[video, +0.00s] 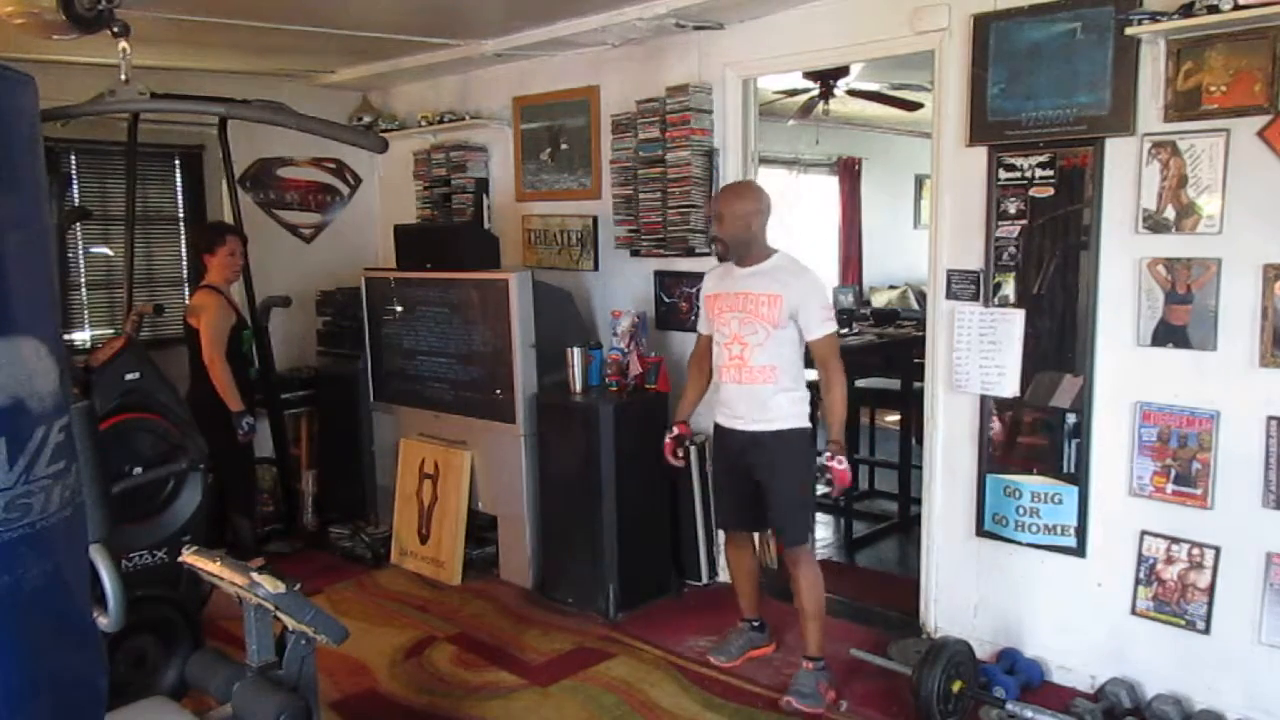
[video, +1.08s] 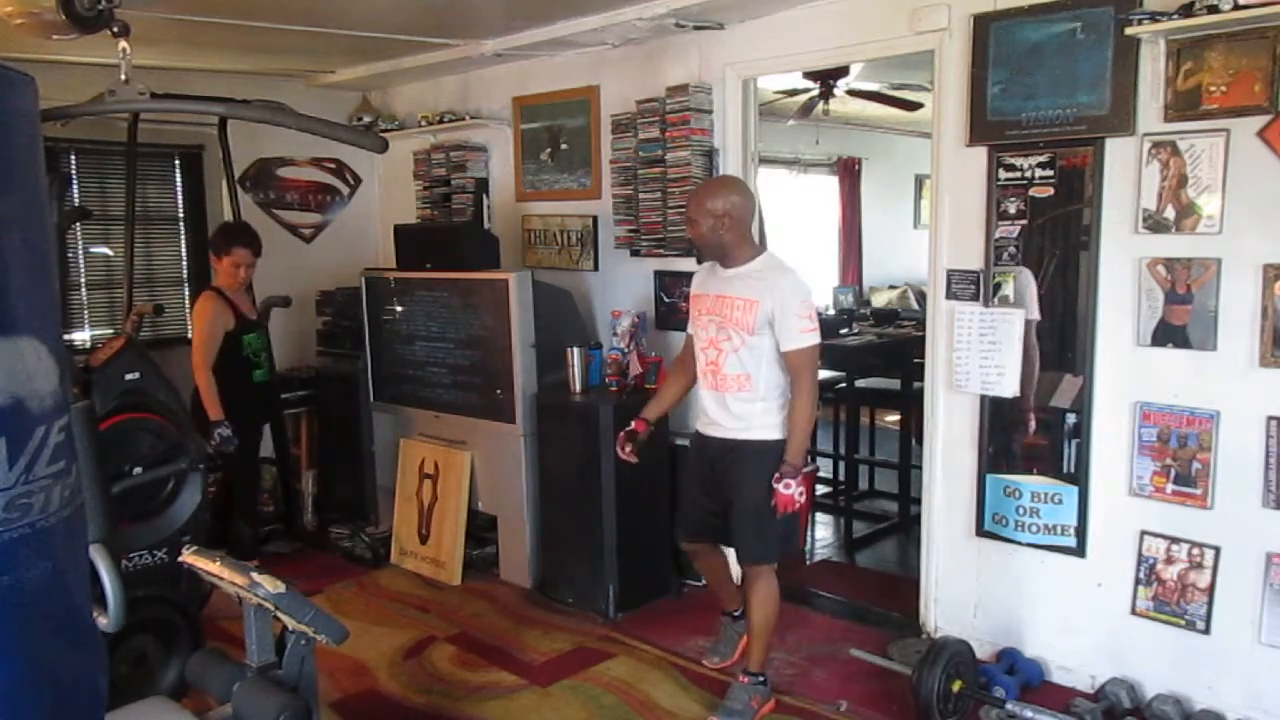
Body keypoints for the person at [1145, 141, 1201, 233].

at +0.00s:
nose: (1157, 158)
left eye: (1159, 153)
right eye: (1155, 156)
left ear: (1168, 150)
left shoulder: (1175, 161)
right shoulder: (1163, 167)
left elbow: (1170, 187)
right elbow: (1161, 188)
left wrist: (1160, 213)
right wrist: (1157, 212)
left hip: (1191, 210)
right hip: (1180, 212)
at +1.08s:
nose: (1157, 158)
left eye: (1159, 153)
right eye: (1155, 155)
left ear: (1168, 150)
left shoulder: (1175, 161)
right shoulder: (1164, 166)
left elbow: (1170, 187)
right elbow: (1161, 188)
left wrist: (1160, 213)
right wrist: (1157, 212)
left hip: (1190, 210)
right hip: (1180, 212)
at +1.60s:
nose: (1157, 158)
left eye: (1159, 153)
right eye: (1155, 155)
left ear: (1168, 150)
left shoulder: (1175, 161)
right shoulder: (1164, 166)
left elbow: (1170, 187)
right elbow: (1161, 188)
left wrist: (1160, 213)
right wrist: (1157, 212)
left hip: (1190, 210)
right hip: (1180, 212)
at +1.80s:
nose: (1157, 158)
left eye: (1159, 153)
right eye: (1155, 156)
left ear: (1168, 150)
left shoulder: (1174, 161)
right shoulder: (1164, 165)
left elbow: (1171, 187)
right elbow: (1161, 187)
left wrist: (1160, 212)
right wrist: (1157, 211)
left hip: (1190, 210)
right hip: (1180, 211)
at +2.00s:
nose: (1157, 158)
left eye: (1159, 153)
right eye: (1155, 156)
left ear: (1168, 150)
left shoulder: (1174, 161)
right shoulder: (1164, 165)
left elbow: (1171, 187)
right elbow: (1161, 187)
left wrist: (1160, 212)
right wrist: (1157, 211)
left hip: (1190, 210)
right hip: (1180, 211)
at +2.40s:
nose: (1157, 158)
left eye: (1159, 154)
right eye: (1155, 156)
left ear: (1168, 150)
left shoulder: (1175, 161)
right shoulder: (1164, 166)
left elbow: (1170, 187)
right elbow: (1161, 188)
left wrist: (1160, 212)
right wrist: (1157, 211)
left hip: (1190, 210)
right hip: (1180, 211)